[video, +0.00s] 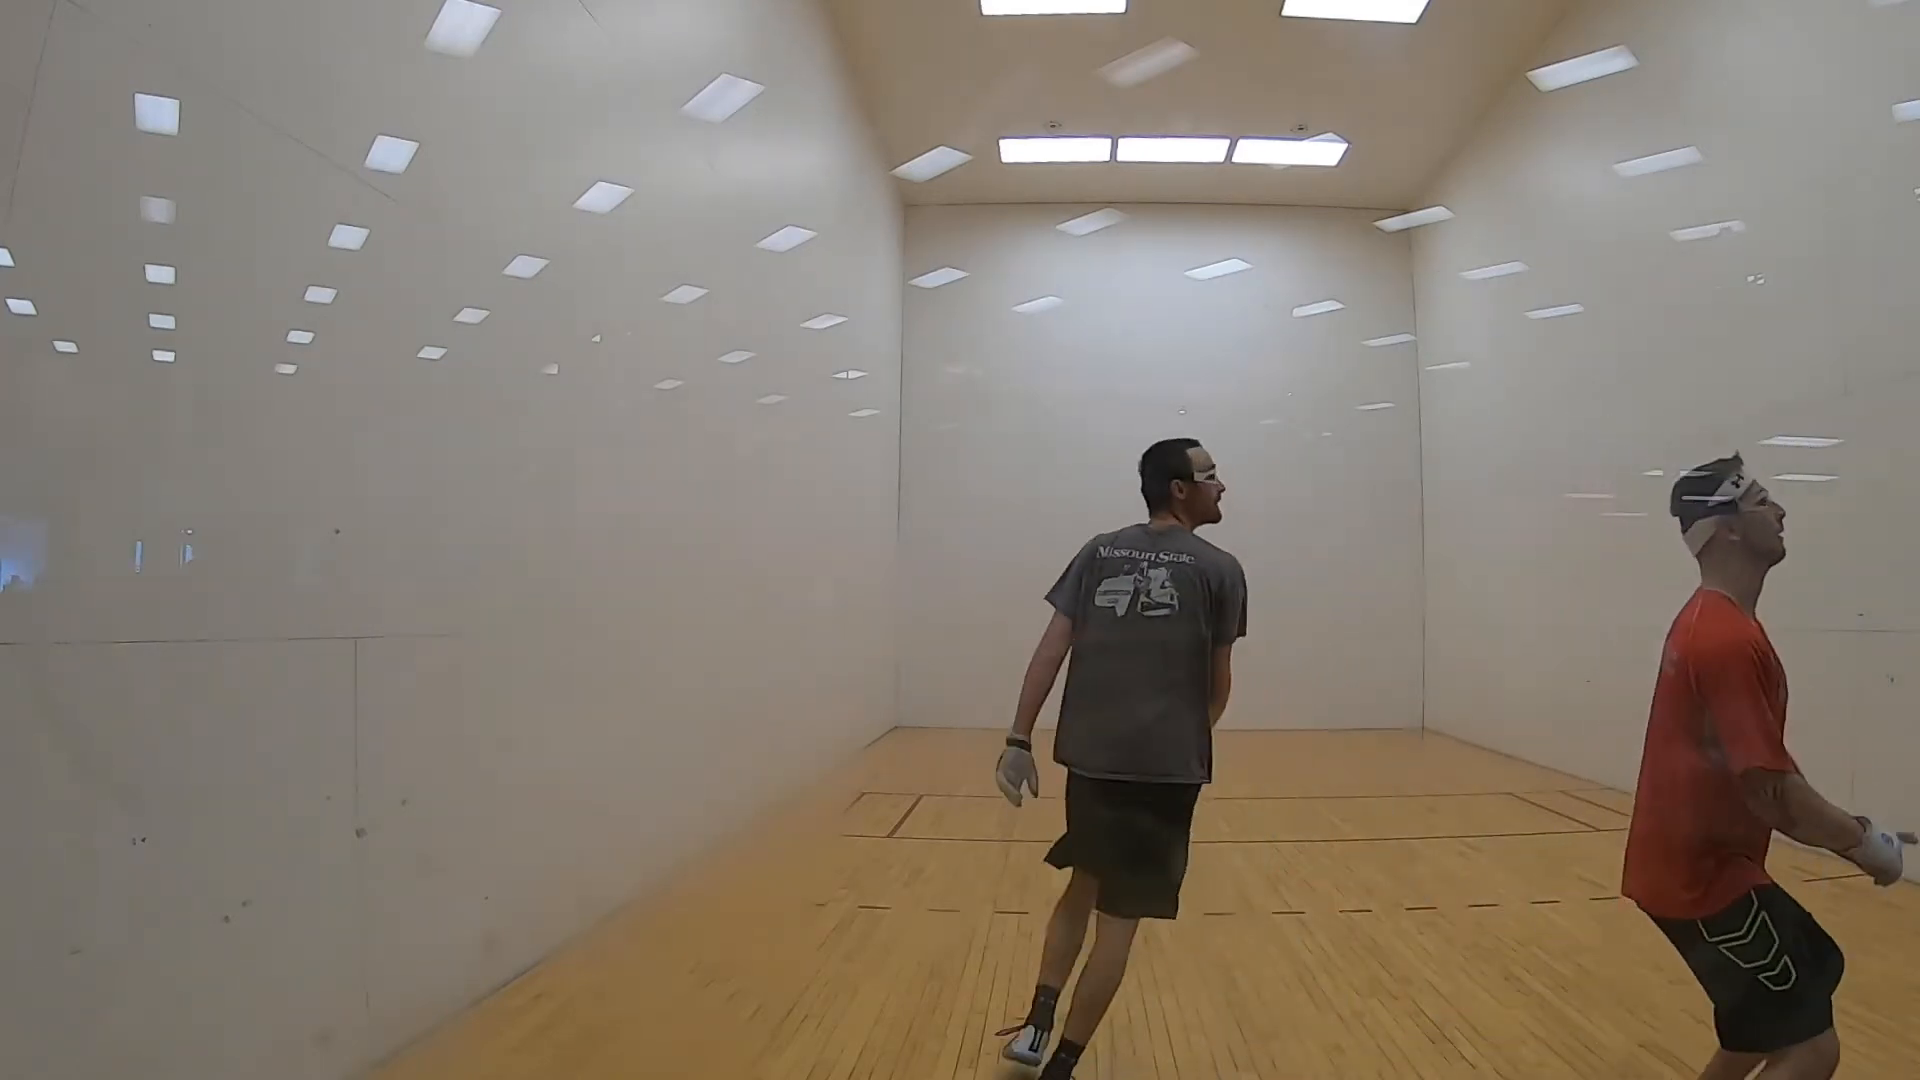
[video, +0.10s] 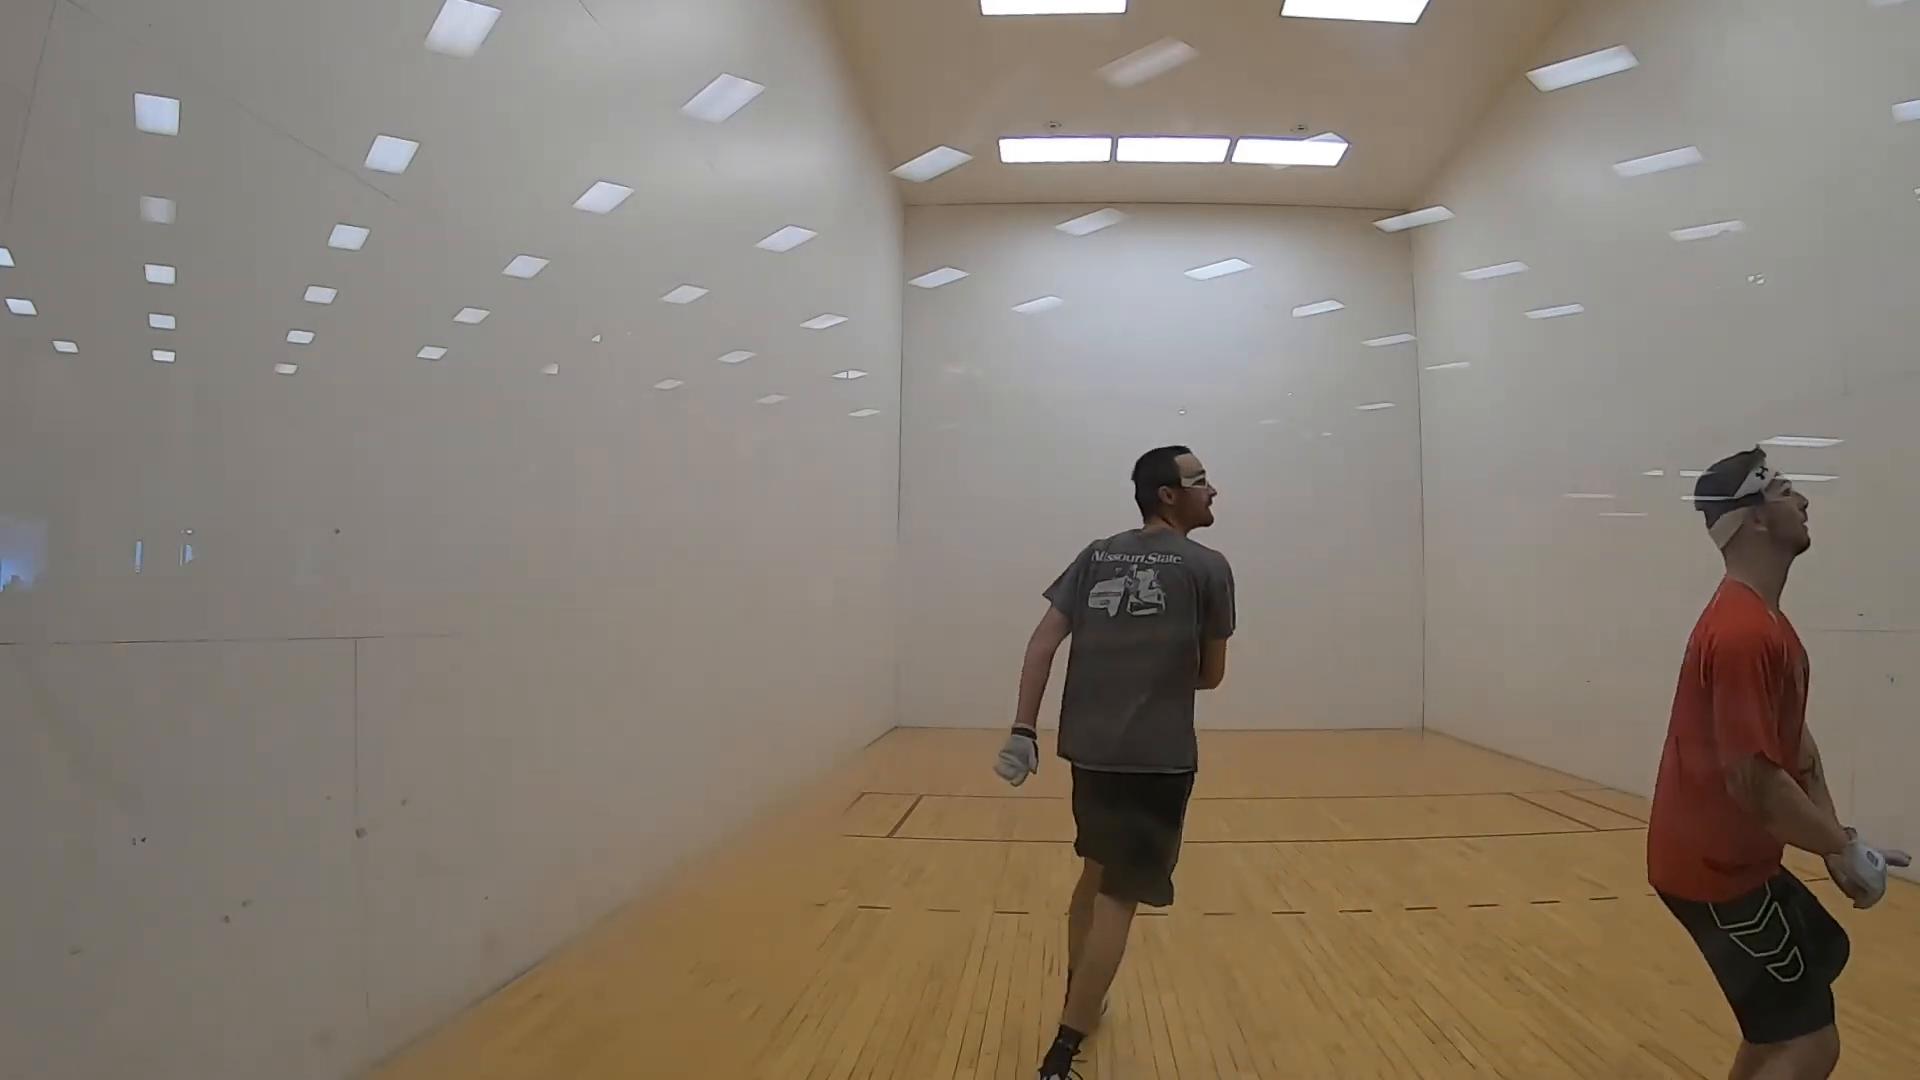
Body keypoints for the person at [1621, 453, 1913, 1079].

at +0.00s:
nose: (1778, 510)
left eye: (1768, 497)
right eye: (1759, 501)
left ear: (1725, 533)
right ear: (1724, 528)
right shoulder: (1726, 636)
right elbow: (1770, 790)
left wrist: (1848, 832)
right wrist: (1863, 845)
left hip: (1684, 865)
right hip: (1701, 877)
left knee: (1754, 1030)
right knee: (1812, 1052)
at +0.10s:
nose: (1802, 499)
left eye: (1791, 488)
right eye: (1784, 491)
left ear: (1756, 521)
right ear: (1752, 518)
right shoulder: (1741, 631)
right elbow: (1750, 781)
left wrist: (1838, 845)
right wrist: (1840, 848)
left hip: (1738, 858)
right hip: (1714, 873)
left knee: (1819, 956)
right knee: (1810, 1048)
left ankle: (1754, 1066)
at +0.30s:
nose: (1830, 480)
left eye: (1823, 469)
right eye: (1816, 471)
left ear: (1781, 493)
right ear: (1786, 490)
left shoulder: (1792, 574)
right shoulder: (1756, 572)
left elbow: (1826, 662)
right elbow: (1741, 664)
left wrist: (1856, 698)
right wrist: (1845, 711)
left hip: (1738, 803)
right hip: (1709, 806)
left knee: (1778, 964)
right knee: (1770, 972)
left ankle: (1757, 1068)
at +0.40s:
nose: (1836, 488)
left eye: (1829, 477)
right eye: (1823, 479)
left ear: (1787, 500)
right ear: (1792, 498)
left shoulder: (1791, 576)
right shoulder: (1756, 564)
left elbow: (1857, 656)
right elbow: (1768, 606)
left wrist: (1908, 702)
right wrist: (1875, 618)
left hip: (1708, 778)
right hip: (1691, 784)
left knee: (1735, 933)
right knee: (1764, 950)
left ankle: (1731, 1060)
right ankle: (1691, 1075)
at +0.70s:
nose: (1848, 621)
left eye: (1842, 612)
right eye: (1840, 616)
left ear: (1786, 627)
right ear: (1820, 634)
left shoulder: (1743, 648)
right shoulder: (1774, 698)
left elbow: (1681, 662)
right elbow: (1832, 737)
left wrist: (1640, 698)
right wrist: (1893, 676)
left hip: (1622, 808)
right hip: (1675, 847)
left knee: (1678, 907)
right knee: (1717, 989)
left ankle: (1674, 1000)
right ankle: (1655, 1074)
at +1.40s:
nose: (1719, 539)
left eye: (1718, 531)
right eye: (1724, 531)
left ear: (1721, 532)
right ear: (1768, 535)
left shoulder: (1729, 588)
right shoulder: (1786, 594)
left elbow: (1736, 664)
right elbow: (1758, 674)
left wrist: (1714, 749)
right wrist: (1689, 691)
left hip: (1742, 762)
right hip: (1788, 762)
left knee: (1683, 859)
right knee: (1783, 870)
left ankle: (1715, 989)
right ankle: (1837, 983)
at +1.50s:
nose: (1715, 531)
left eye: (1716, 523)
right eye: (1722, 522)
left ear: (1720, 523)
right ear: (1765, 527)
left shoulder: (1726, 578)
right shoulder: (1790, 586)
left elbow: (1739, 656)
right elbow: (1784, 677)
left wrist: (1730, 740)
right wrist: (1717, 715)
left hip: (1737, 754)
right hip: (1788, 755)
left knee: (1682, 853)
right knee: (1788, 863)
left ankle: (1713, 980)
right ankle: (1837, 979)